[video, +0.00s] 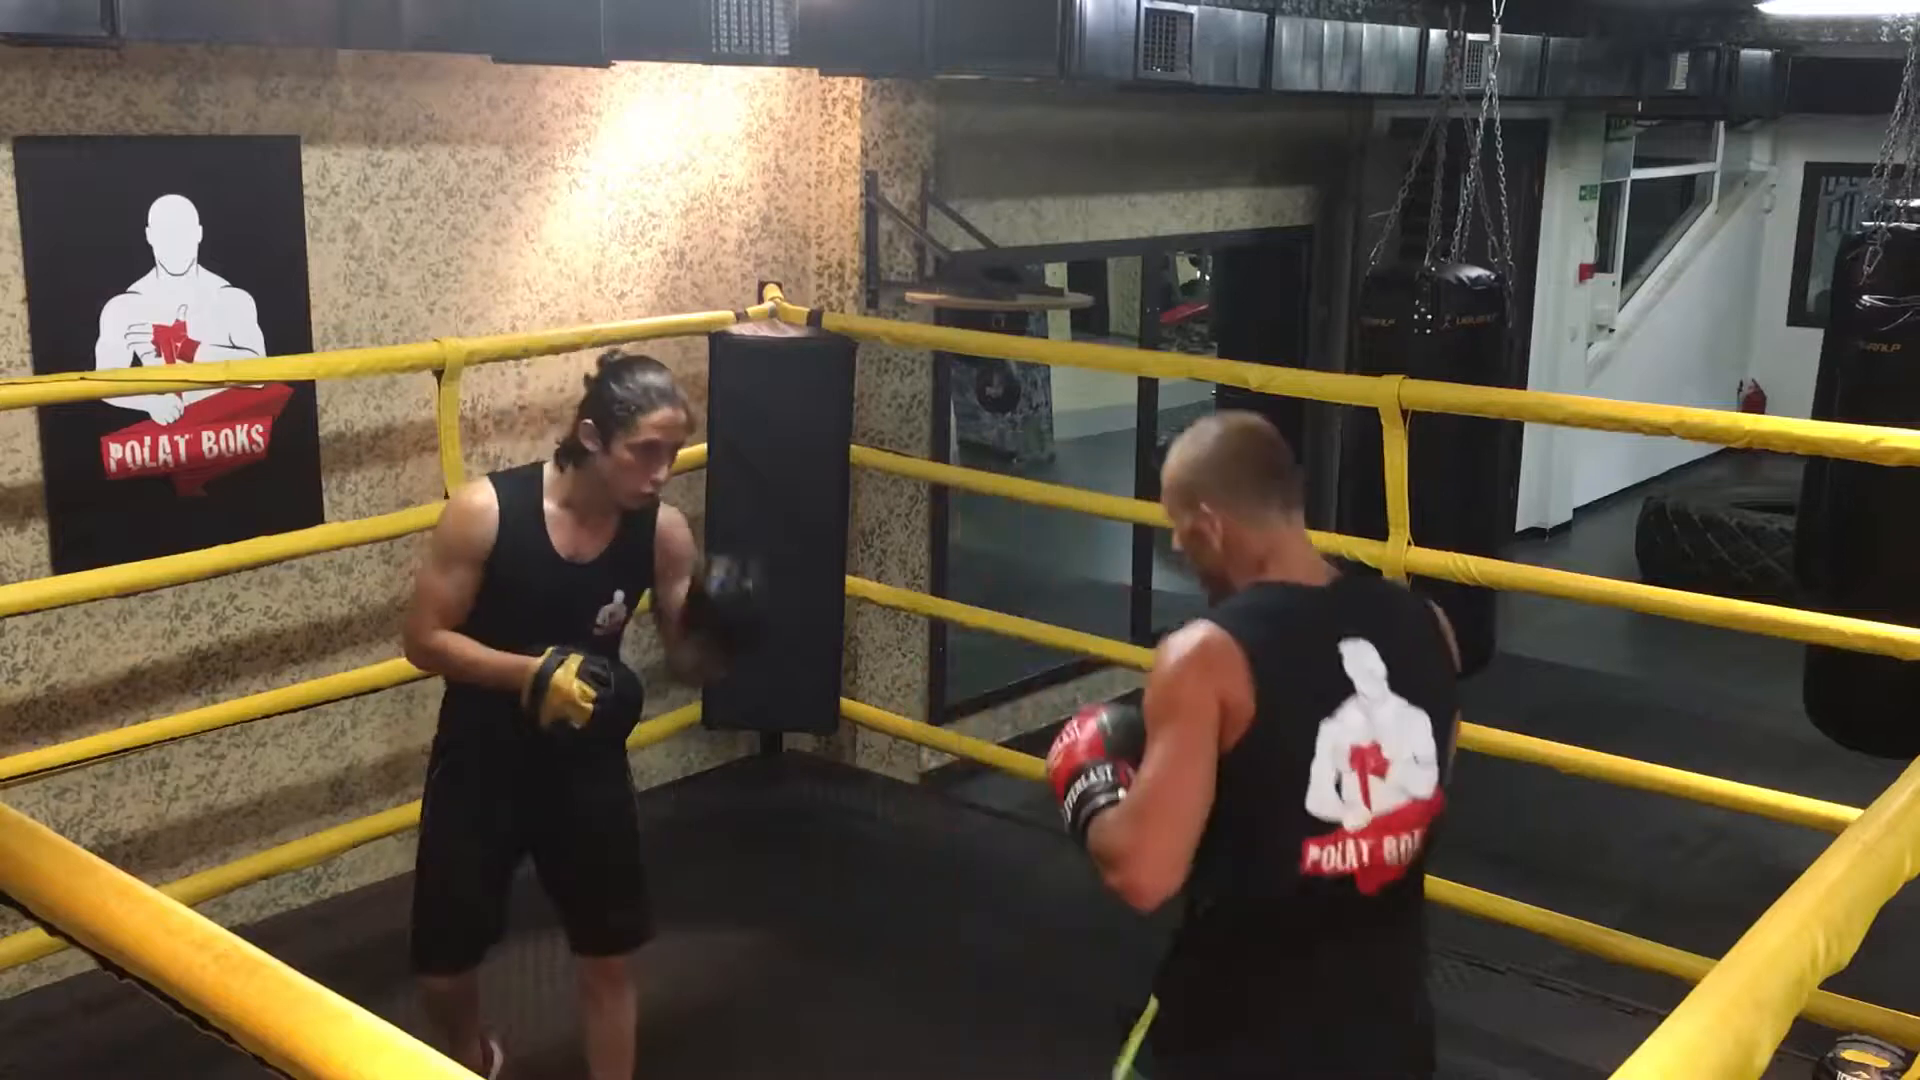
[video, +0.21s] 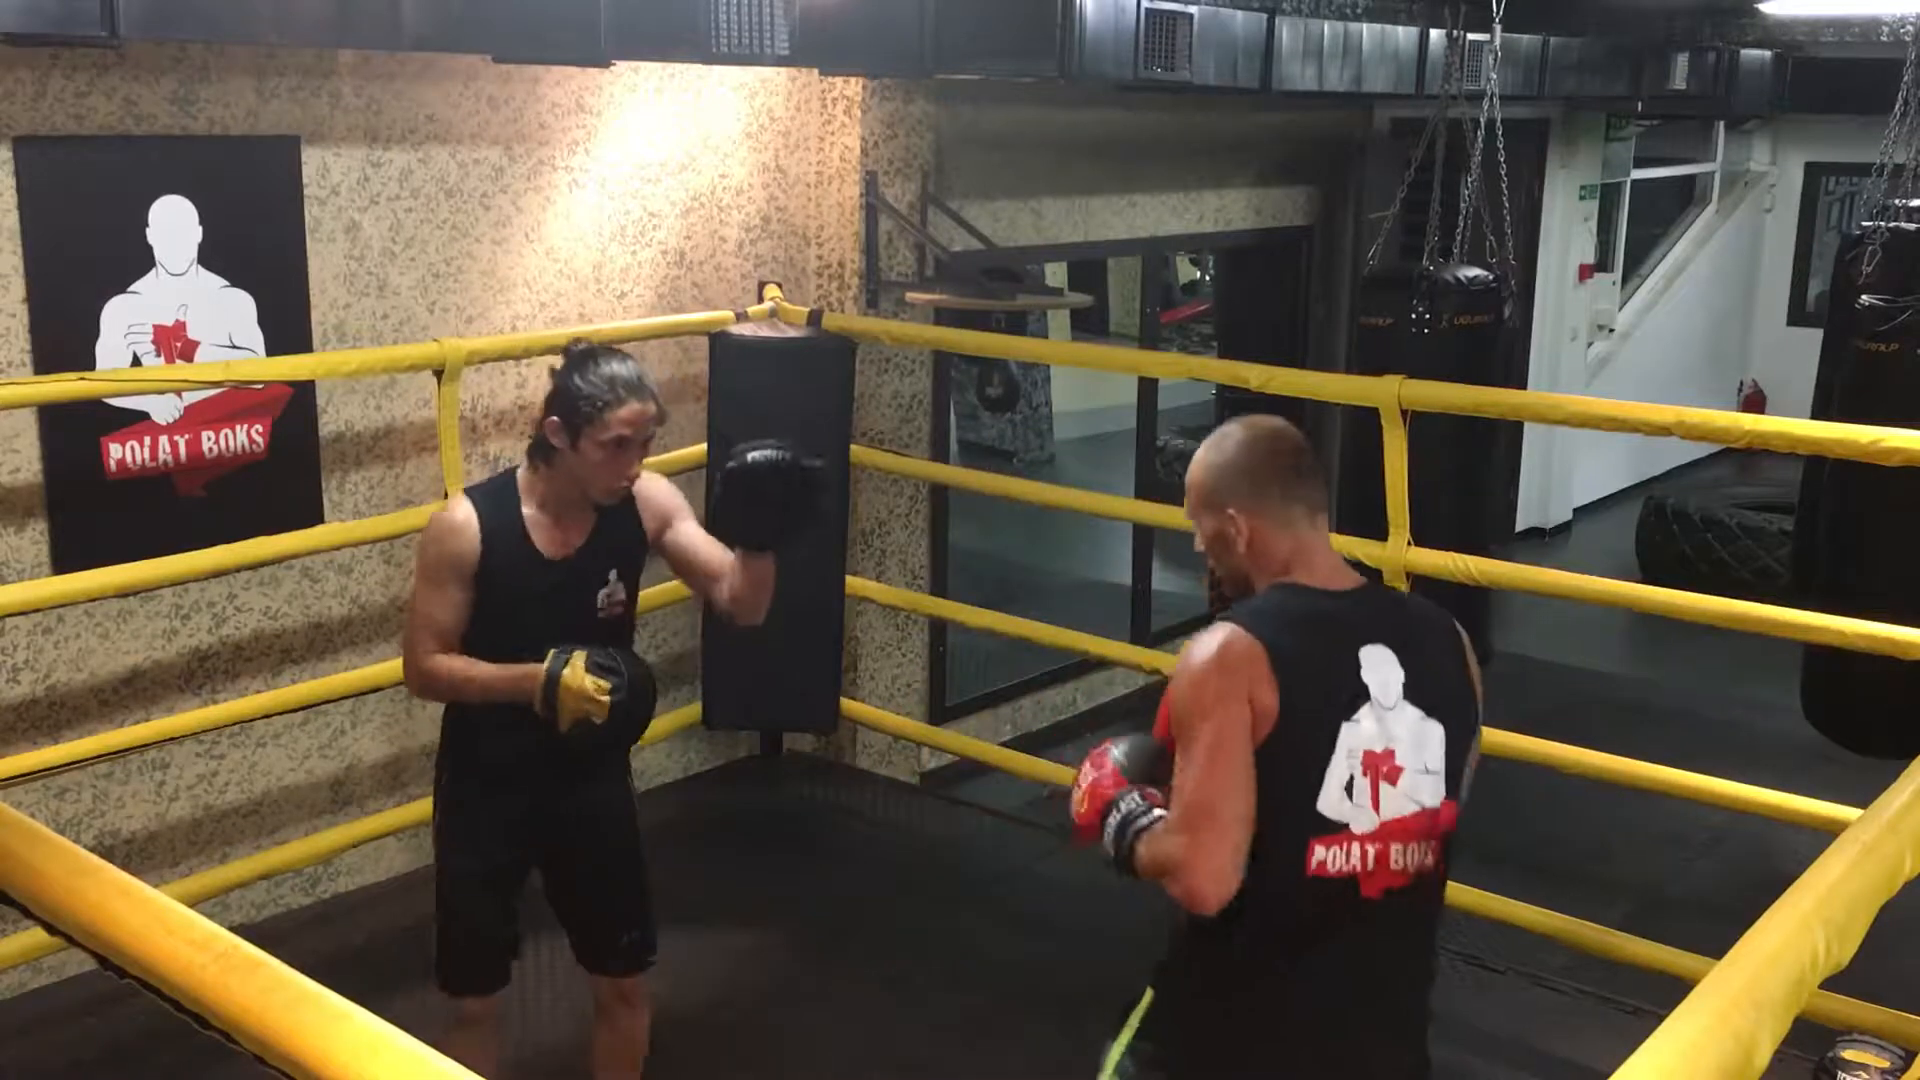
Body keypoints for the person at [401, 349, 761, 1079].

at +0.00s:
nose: (660, 474)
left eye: (671, 454)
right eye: (646, 453)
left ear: (679, 449)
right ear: (591, 437)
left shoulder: (662, 532)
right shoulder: (486, 511)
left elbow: (689, 665)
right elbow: (422, 637)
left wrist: (721, 622)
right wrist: (532, 674)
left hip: (588, 765)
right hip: (480, 763)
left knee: (608, 963)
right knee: (443, 966)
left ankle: (613, 1071)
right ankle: (474, 1059)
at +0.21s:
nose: (632, 467)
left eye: (643, 446)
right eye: (617, 447)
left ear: (651, 437)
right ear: (558, 433)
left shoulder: (645, 501)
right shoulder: (464, 527)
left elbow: (744, 603)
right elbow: (424, 668)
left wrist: (762, 524)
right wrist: (542, 681)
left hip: (592, 781)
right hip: (484, 788)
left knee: (624, 986)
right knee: (472, 1002)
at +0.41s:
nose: (609, 476)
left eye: (616, 454)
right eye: (590, 459)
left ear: (622, 441)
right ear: (525, 450)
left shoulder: (623, 508)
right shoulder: (449, 561)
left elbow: (730, 601)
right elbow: (431, 715)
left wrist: (741, 516)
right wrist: (563, 706)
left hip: (610, 794)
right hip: (499, 814)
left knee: (698, 982)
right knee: (478, 1035)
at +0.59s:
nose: (631, 467)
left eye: (638, 445)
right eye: (611, 451)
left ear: (645, 432)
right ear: (547, 444)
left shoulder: (653, 502)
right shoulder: (476, 560)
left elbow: (774, 575)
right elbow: (464, 718)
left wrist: (786, 493)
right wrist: (595, 697)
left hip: (646, 802)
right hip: (533, 817)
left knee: (694, 1012)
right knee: (503, 1039)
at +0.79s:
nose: (662, 457)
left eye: (671, 435)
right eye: (643, 437)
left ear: (680, 428)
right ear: (582, 431)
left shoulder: (697, 509)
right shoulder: (508, 542)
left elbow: (796, 602)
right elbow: (487, 698)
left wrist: (836, 543)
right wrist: (610, 694)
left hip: (658, 800)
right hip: (543, 808)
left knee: (701, 1016)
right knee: (500, 1026)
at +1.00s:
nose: (655, 448)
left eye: (663, 427)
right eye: (635, 430)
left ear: (672, 425)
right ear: (574, 429)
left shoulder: (673, 513)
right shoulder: (513, 558)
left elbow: (688, 610)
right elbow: (487, 718)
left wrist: (734, 654)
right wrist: (631, 730)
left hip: (669, 793)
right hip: (557, 810)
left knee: (733, 980)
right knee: (517, 1019)